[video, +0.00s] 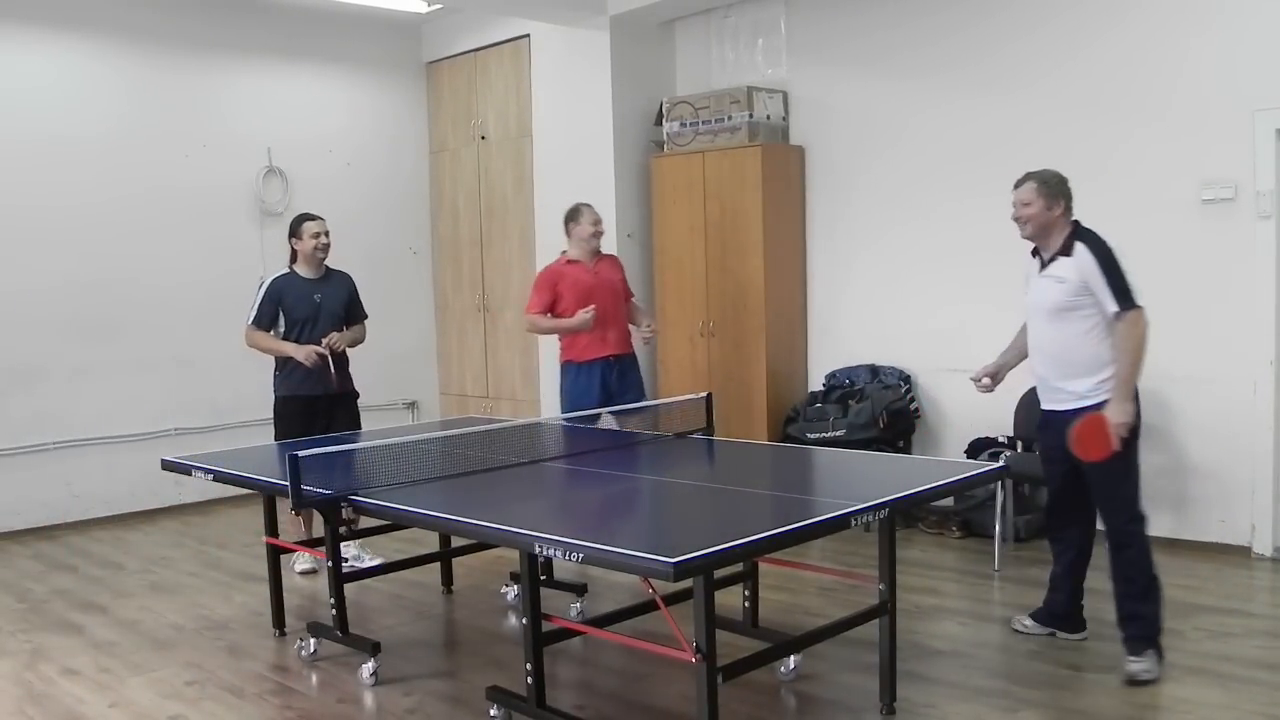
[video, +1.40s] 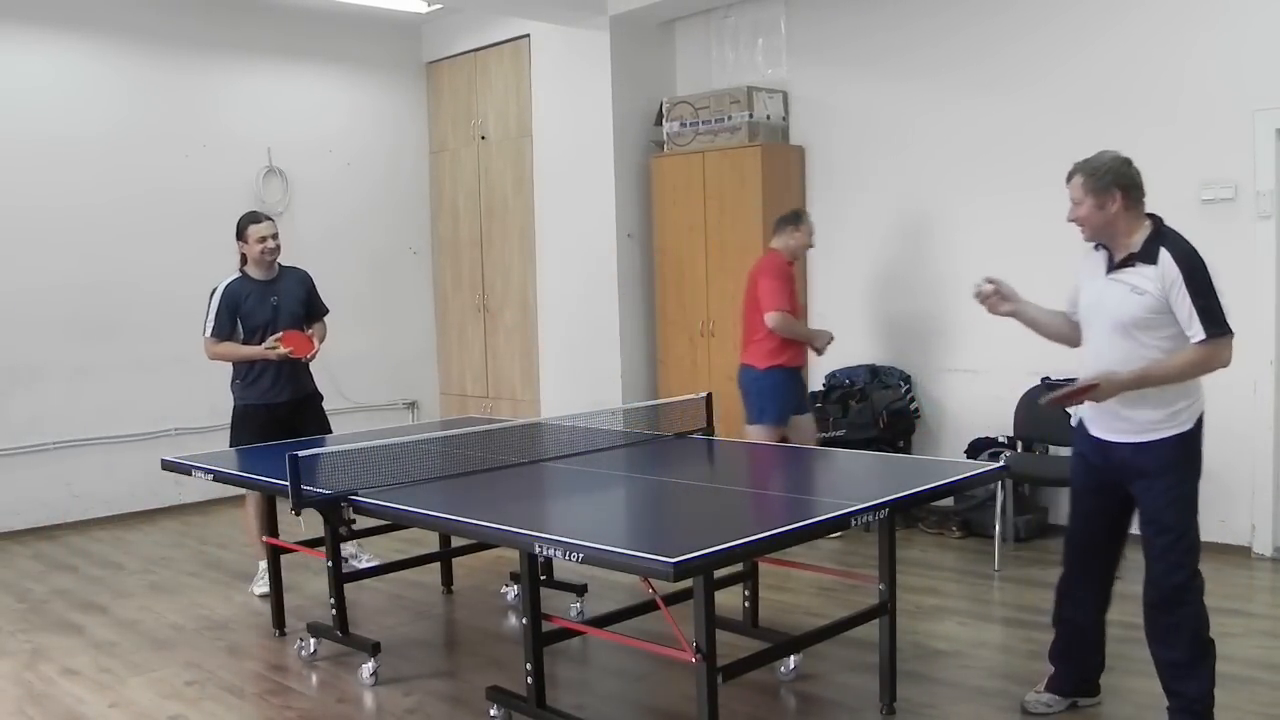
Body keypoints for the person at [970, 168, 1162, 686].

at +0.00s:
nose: (1016, 215)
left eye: (1024, 207)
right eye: (1014, 208)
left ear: (1057, 208)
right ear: (1035, 212)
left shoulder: (1090, 251)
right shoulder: (1036, 259)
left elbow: (1132, 319)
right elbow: (1039, 324)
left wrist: (1122, 397)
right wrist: (1002, 364)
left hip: (1104, 411)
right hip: (1055, 412)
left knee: (1122, 525)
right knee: (1066, 520)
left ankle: (1142, 644)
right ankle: (1062, 613)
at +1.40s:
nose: (1071, 216)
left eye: (1077, 204)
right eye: (1070, 205)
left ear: (1115, 201)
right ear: (1108, 203)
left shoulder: (1175, 257)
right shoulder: (1095, 255)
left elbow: (1217, 350)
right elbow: (1077, 331)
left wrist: (1126, 380)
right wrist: (1017, 306)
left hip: (1164, 445)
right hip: (1097, 439)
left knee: (1171, 581)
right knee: (1084, 568)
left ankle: (1190, 707)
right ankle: (1073, 680)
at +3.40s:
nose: (1028, 237)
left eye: (1037, 227)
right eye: (1024, 227)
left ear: (1073, 224)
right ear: (1032, 227)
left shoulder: (1129, 265)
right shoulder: (1031, 282)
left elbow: (1178, 336)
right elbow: (1031, 354)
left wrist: (1111, 377)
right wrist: (1013, 395)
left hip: (1138, 435)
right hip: (1063, 435)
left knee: (1160, 546)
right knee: (1049, 543)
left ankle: (1188, 668)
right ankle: (1059, 652)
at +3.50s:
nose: (1034, 221)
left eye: (1045, 211)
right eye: (1032, 212)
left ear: (1081, 215)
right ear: (1036, 218)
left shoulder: (1131, 262)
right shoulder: (1032, 274)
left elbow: (1178, 335)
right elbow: (1021, 346)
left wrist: (1110, 373)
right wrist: (1014, 351)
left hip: (1135, 434)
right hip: (1061, 434)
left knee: (1159, 546)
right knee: (1048, 541)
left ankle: (1190, 664)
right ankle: (1059, 653)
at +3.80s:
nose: (1093, 182)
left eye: (1109, 177)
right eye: (1091, 176)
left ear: (1138, 200)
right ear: (1086, 198)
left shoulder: (1168, 262)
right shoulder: (1062, 258)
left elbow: (1199, 341)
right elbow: (1024, 320)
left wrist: (1132, 341)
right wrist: (998, 321)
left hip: (1144, 432)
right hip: (1070, 428)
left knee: (1165, 548)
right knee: (1058, 541)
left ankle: (1191, 664)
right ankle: (1063, 654)